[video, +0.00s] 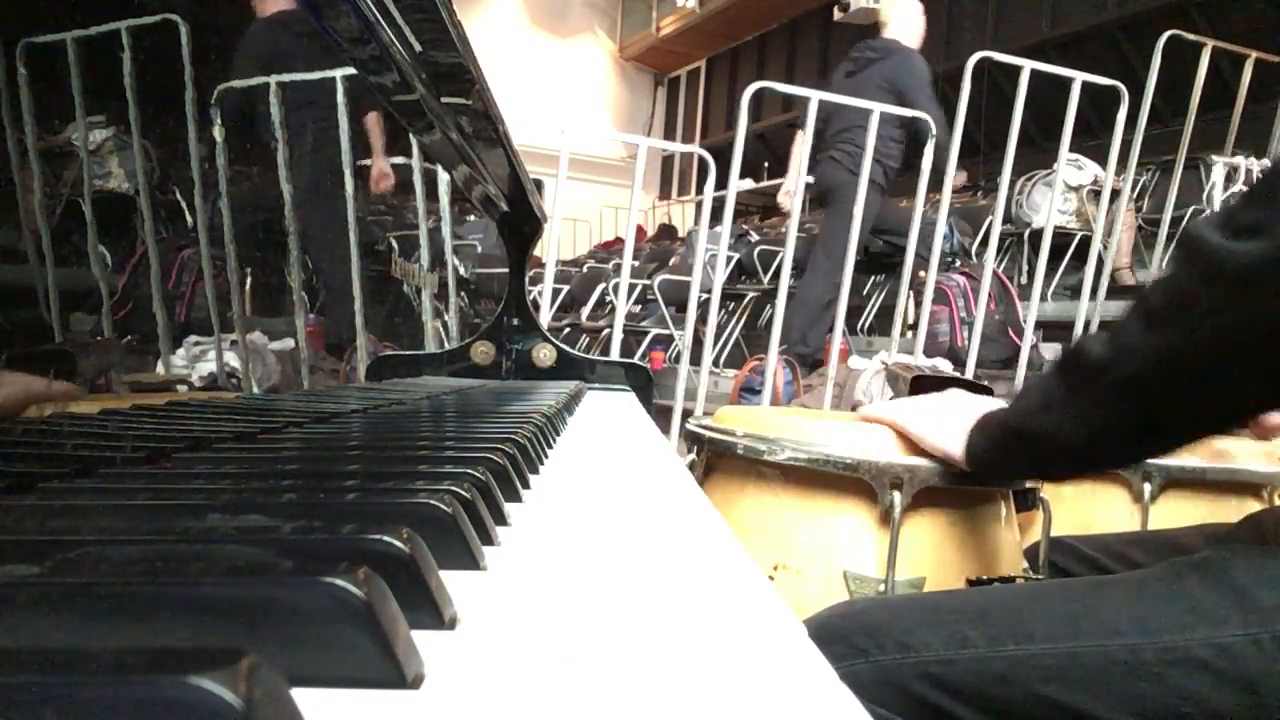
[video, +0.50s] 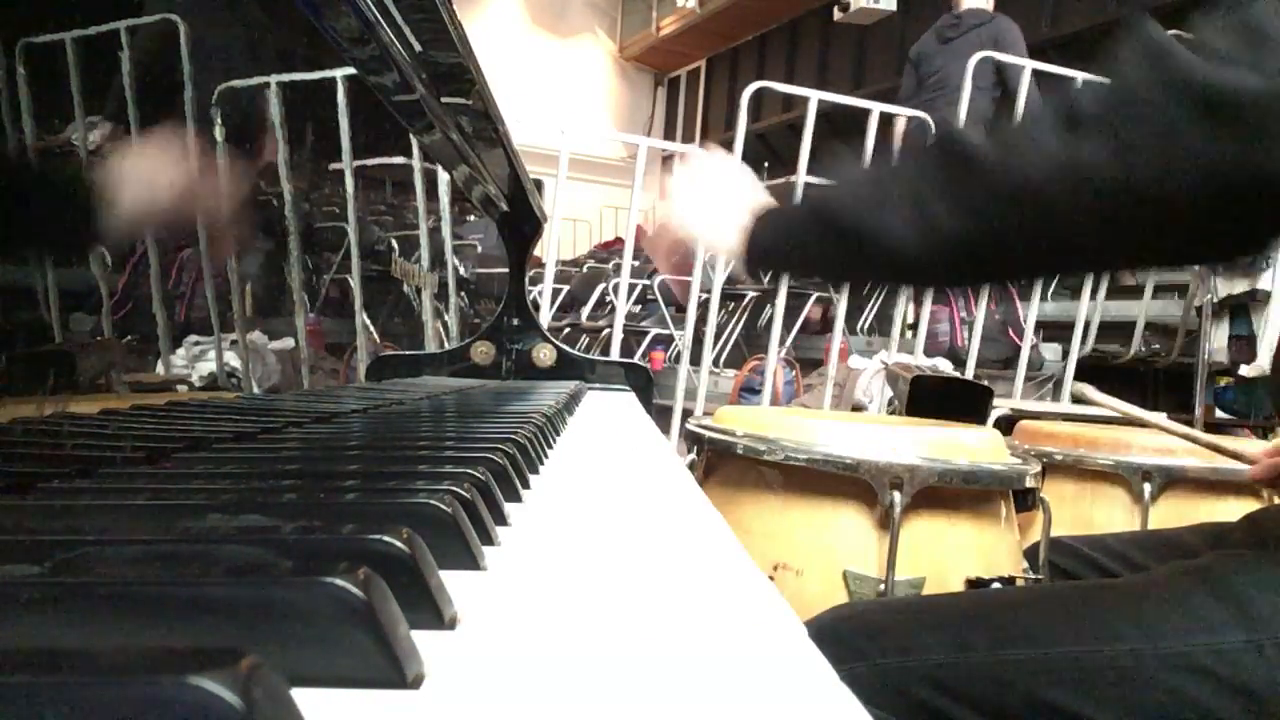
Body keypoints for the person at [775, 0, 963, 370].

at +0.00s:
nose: (924, 29)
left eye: (922, 21)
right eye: (921, 21)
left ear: (884, 23)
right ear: (908, 22)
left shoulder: (849, 64)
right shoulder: (907, 61)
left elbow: (808, 127)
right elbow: (932, 124)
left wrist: (793, 179)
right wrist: (949, 172)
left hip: (826, 172)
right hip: (857, 176)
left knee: (927, 231)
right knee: (827, 266)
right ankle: (795, 358)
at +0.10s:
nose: (947, 35)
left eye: (945, 28)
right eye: (944, 28)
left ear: (907, 32)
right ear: (937, 31)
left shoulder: (877, 69)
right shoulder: (937, 66)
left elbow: (830, 119)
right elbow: (967, 119)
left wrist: (806, 174)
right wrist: (995, 165)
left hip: (847, 170)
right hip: (879, 174)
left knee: (939, 237)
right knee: (841, 261)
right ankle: (795, 354)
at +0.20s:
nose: (968, 32)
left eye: (964, 25)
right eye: (965, 26)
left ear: (926, 30)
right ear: (960, 29)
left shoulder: (896, 69)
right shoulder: (965, 59)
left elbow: (853, 114)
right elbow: (1002, 114)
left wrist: (827, 169)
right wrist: (1034, 161)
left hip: (868, 168)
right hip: (901, 172)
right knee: (860, 265)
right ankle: (796, 353)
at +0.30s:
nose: (979, 23)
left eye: (974, 16)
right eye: (977, 17)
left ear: (939, 24)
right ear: (973, 20)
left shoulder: (914, 59)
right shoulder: (977, 53)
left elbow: (874, 108)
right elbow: (1020, 103)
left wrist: (852, 165)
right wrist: (1055, 154)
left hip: (883, 158)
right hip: (922, 162)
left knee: (954, 238)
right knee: (903, 250)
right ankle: (831, 319)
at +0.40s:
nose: (986, 10)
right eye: (985, 7)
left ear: (947, 12)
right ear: (982, 9)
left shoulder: (920, 49)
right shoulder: (992, 40)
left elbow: (887, 105)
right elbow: (1027, 100)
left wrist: (874, 161)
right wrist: (1061, 152)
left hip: (901, 151)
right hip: (944, 154)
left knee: (941, 235)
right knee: (946, 244)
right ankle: (853, 296)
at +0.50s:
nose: (993, 4)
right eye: (993, 2)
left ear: (954, 4)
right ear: (991, 3)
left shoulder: (923, 43)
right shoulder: (1000, 27)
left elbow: (903, 110)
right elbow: (1026, 96)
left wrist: (896, 164)